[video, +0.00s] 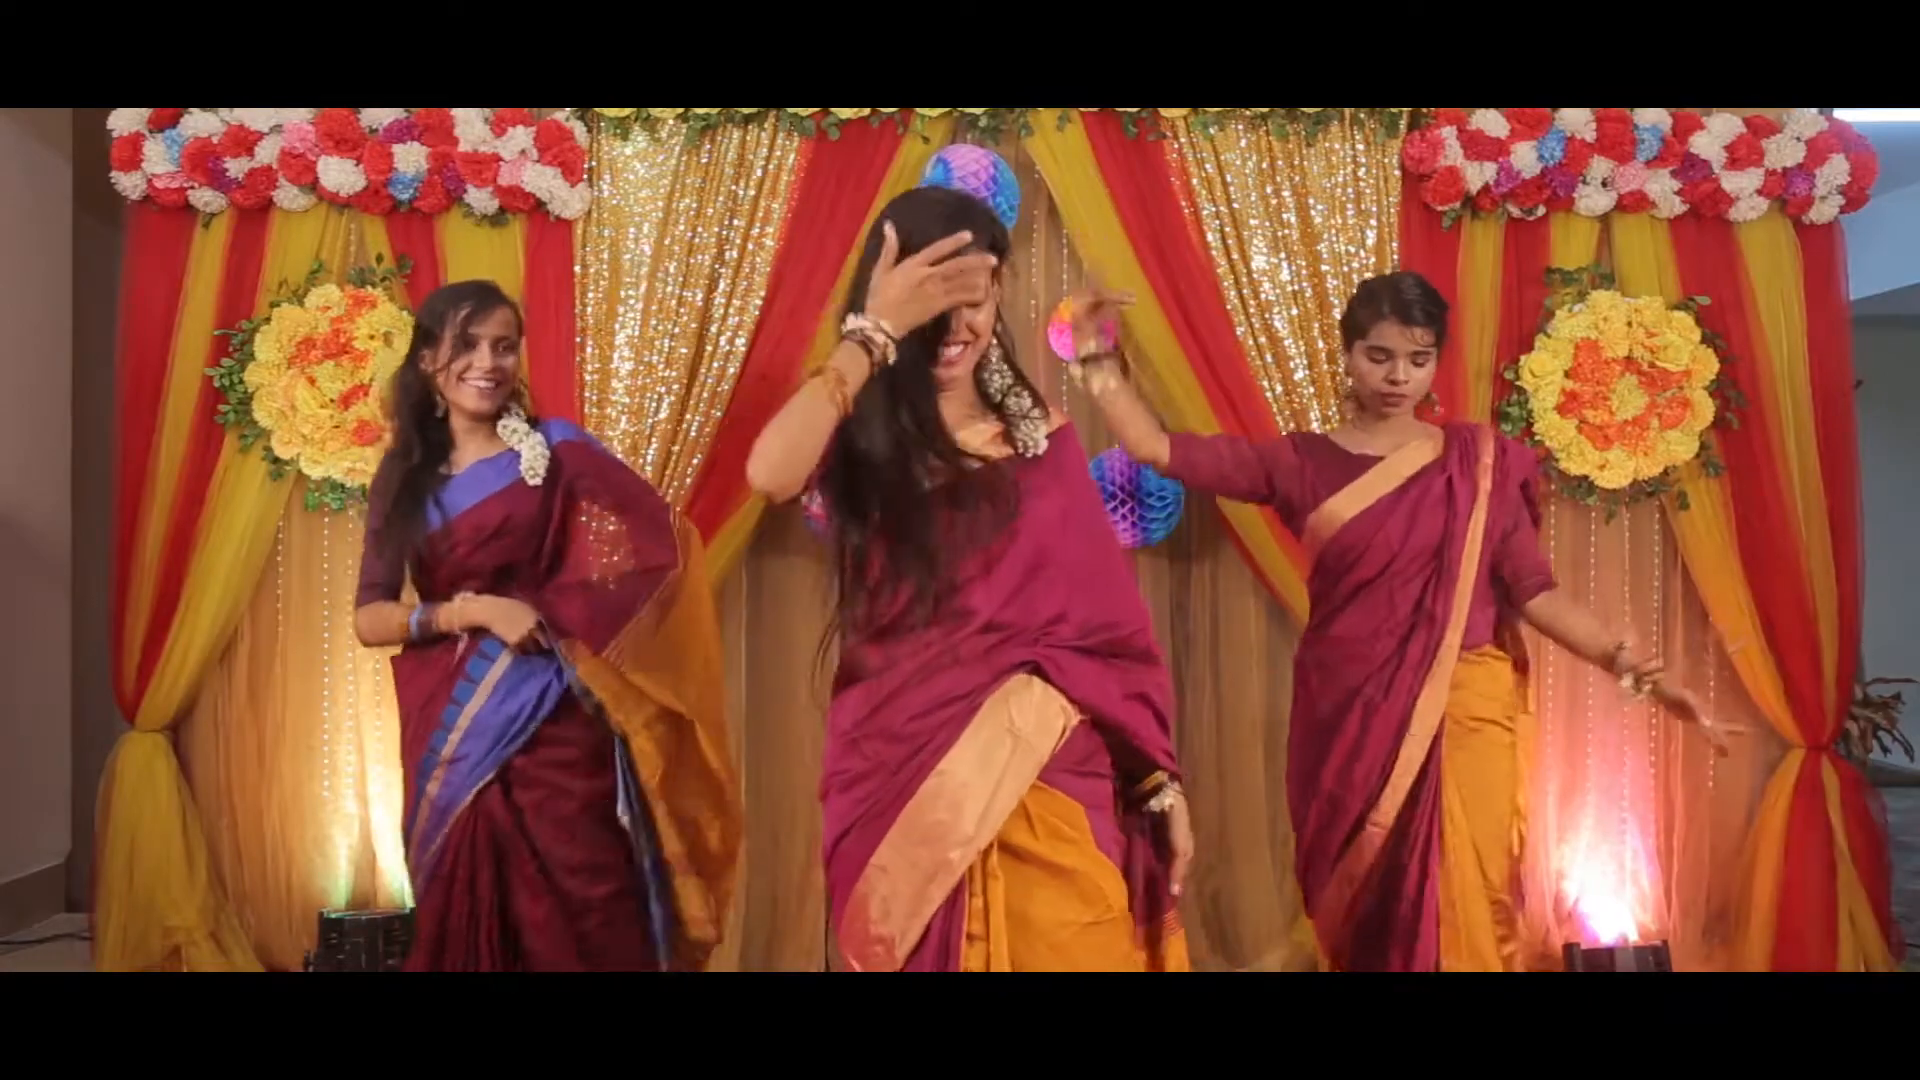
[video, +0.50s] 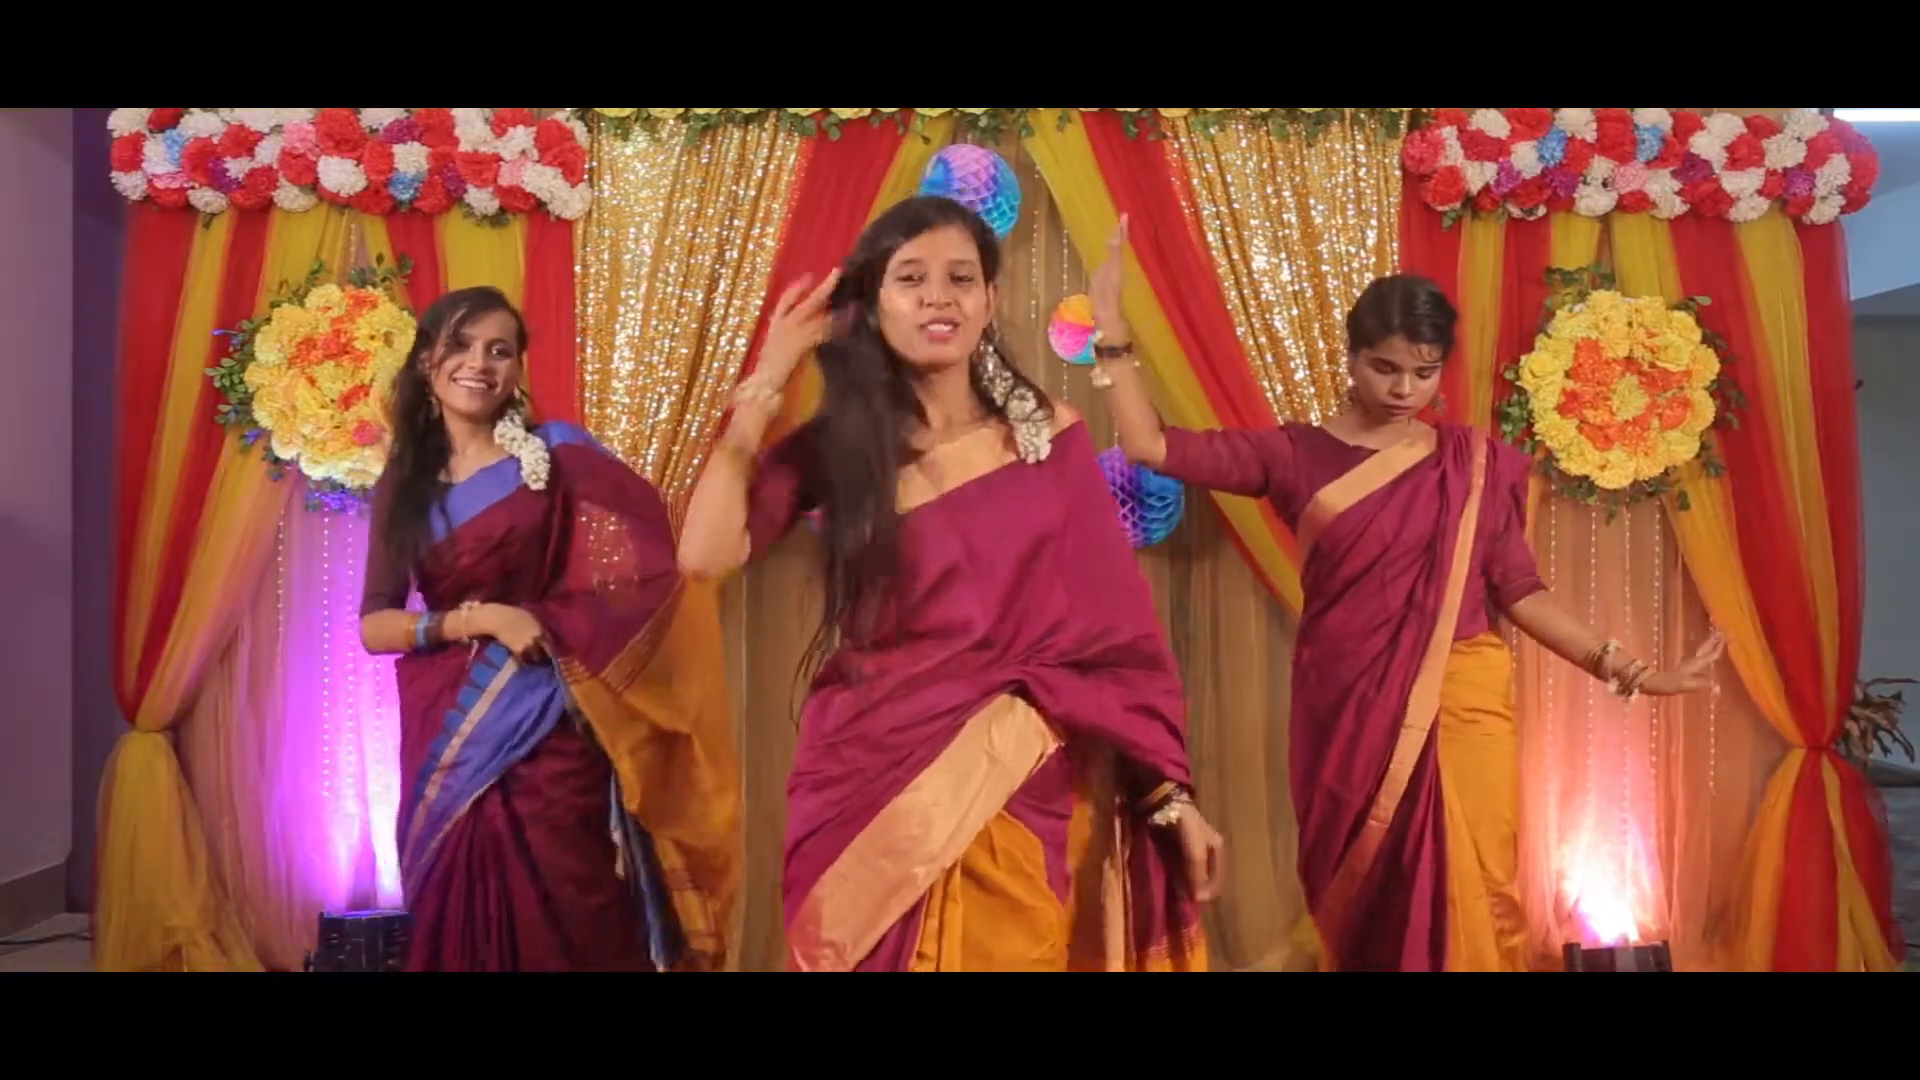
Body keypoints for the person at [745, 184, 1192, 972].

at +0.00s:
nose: (954, 324)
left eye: (973, 298)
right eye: (933, 301)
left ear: (997, 299)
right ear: (889, 307)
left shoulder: (1041, 429)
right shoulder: (863, 434)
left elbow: (1107, 614)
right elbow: (770, 472)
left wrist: (1155, 775)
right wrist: (876, 332)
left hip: (1059, 780)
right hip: (907, 789)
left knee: (1084, 956)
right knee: (914, 958)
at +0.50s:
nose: (939, 299)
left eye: (961, 278)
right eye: (911, 279)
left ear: (991, 302)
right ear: (871, 308)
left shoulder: (1048, 432)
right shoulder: (846, 442)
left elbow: (1119, 628)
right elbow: (703, 553)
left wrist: (1168, 791)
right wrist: (764, 380)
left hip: (1029, 788)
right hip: (870, 788)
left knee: (1023, 956)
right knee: (868, 959)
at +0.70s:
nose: (938, 279)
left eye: (964, 269)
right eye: (919, 260)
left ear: (992, 304)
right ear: (882, 283)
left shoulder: (1040, 431)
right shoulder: (835, 435)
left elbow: (1118, 618)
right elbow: (679, 556)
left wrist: (1214, 756)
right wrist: (699, 411)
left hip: (1023, 757)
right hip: (869, 754)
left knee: (1007, 951)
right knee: (852, 953)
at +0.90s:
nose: (935, 280)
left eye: (964, 268)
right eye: (915, 258)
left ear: (987, 304)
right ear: (876, 278)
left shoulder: (1020, 431)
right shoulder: (818, 419)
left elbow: (1085, 617)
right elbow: (622, 438)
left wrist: (1195, 722)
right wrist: (623, 288)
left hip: (1036, 755)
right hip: (882, 764)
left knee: (1034, 954)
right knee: (893, 958)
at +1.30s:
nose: (936, 306)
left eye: (962, 291)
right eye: (915, 283)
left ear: (987, 322)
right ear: (873, 305)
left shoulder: (1041, 451)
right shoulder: (838, 448)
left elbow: (1127, 634)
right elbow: (628, 396)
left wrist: (1263, 730)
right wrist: (607, 234)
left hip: (1013, 787)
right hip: (860, 783)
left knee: (996, 952)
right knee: (871, 954)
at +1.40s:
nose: (940, 314)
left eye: (964, 297)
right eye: (916, 293)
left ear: (991, 326)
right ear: (877, 317)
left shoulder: (1046, 452)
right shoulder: (843, 454)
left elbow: (1134, 642)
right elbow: (636, 397)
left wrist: (1276, 726)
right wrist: (616, 238)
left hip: (1015, 782)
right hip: (866, 778)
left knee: (1002, 958)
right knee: (853, 958)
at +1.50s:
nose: (944, 291)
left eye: (970, 277)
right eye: (921, 271)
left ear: (995, 305)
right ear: (880, 291)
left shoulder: (1048, 437)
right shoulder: (844, 431)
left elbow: (1128, 621)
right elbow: (638, 375)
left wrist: (1248, 707)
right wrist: (617, 220)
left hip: (1022, 759)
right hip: (875, 757)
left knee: (1005, 949)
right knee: (868, 953)